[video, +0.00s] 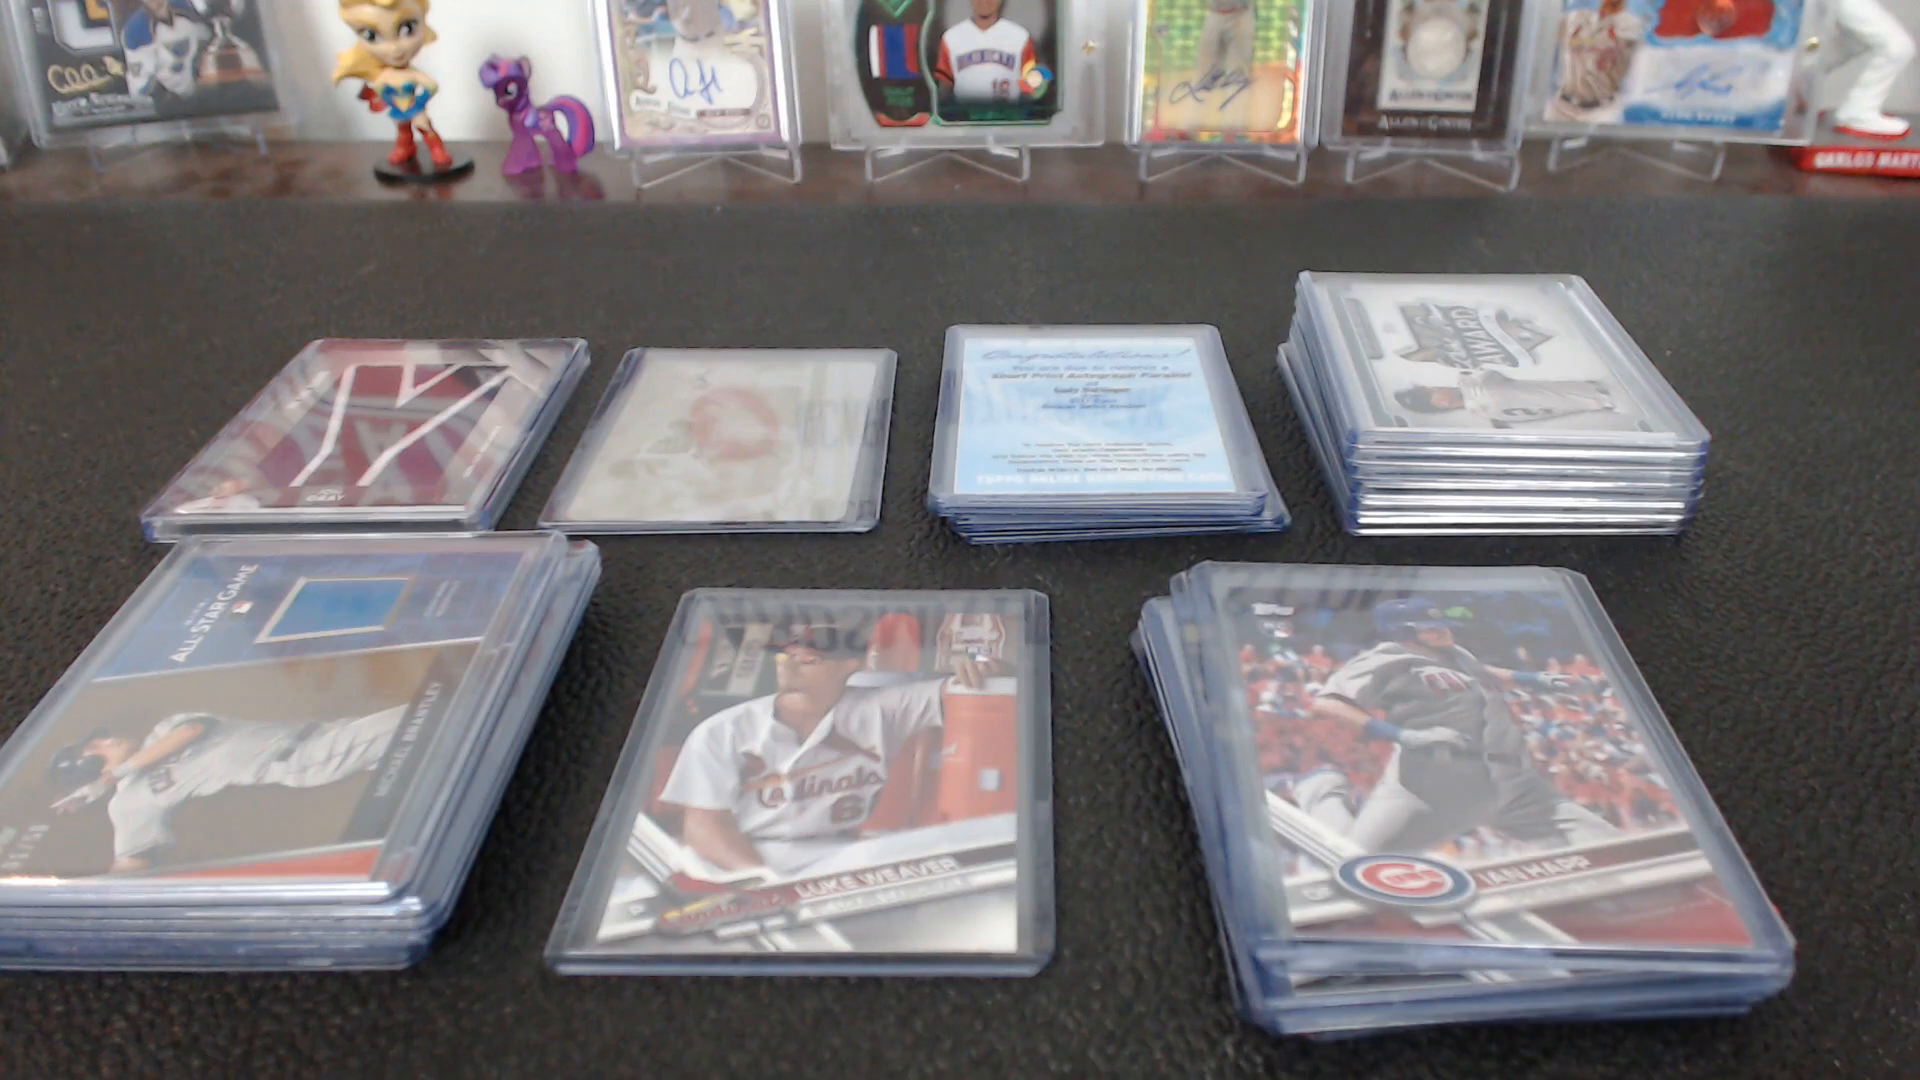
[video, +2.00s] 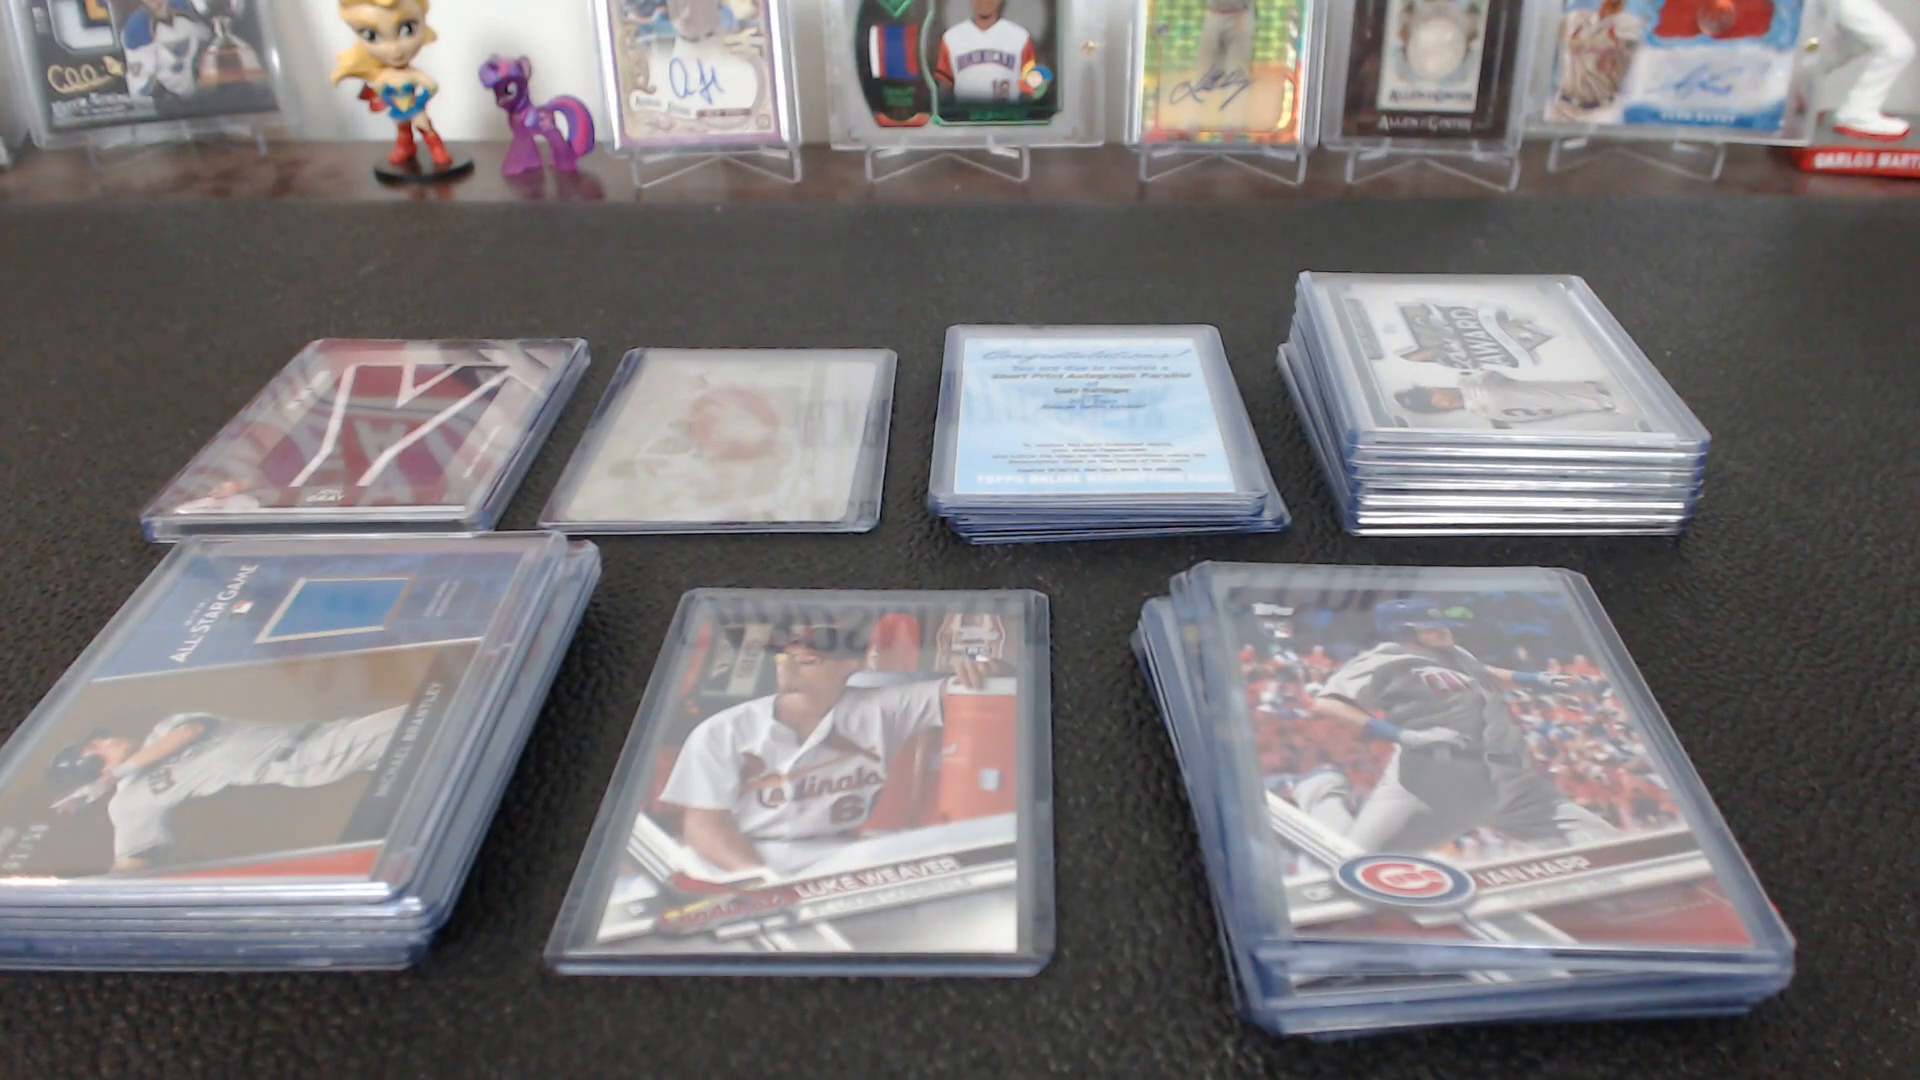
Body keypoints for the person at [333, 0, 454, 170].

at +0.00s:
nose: (393, 49)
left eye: (407, 29)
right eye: (371, 35)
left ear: (424, 26)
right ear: (357, 36)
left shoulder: (414, 75)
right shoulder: (377, 73)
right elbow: (369, 86)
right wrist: (374, 98)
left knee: (421, 120)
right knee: (400, 120)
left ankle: (436, 148)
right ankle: (405, 146)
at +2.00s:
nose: (394, 50)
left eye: (407, 30)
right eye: (371, 35)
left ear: (424, 27)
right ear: (357, 36)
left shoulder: (414, 74)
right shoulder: (378, 74)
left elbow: (427, 86)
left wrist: (419, 108)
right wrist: (375, 99)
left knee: (422, 122)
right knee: (401, 123)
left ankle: (436, 148)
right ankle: (405, 147)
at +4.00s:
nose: (394, 49)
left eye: (407, 30)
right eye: (371, 36)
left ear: (424, 28)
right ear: (358, 37)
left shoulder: (414, 74)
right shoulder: (378, 74)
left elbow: (426, 86)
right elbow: (368, 88)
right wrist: (375, 101)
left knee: (422, 122)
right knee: (401, 123)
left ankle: (436, 148)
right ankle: (405, 147)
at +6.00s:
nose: (394, 50)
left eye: (407, 30)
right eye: (372, 36)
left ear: (424, 29)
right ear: (359, 38)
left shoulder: (414, 75)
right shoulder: (379, 75)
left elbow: (426, 86)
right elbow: (370, 88)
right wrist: (374, 100)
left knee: (422, 122)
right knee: (401, 124)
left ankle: (437, 149)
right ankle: (405, 148)